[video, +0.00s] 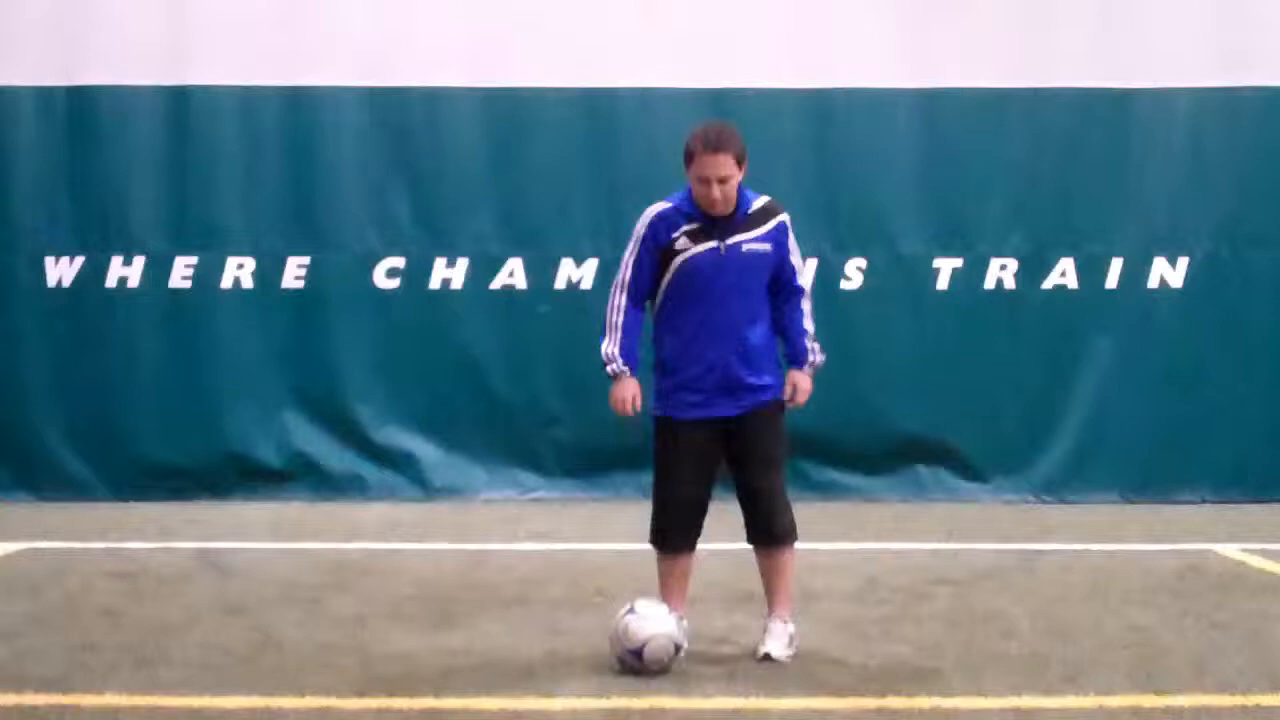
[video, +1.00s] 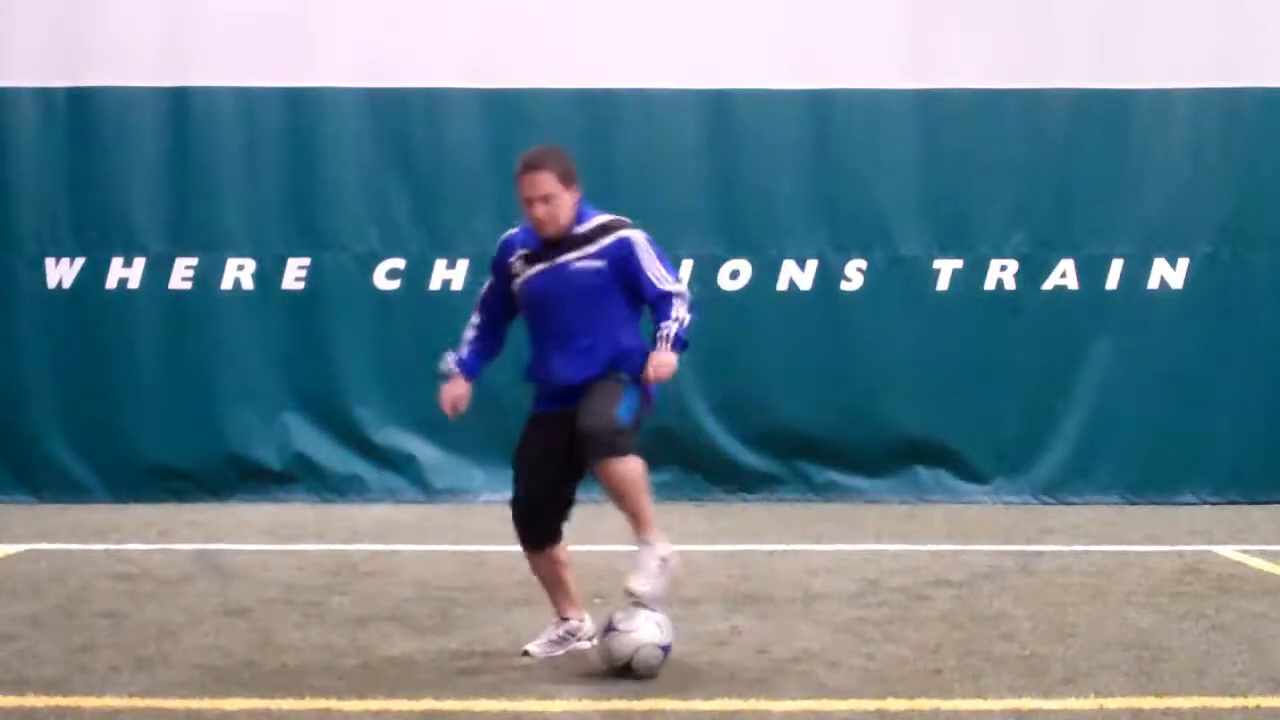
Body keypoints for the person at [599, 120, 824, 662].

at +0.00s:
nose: (715, 193)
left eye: (724, 181)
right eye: (704, 182)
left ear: (741, 171)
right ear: (687, 175)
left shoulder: (770, 218)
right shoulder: (660, 223)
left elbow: (792, 292)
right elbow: (626, 297)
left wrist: (801, 361)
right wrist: (620, 369)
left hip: (756, 395)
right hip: (683, 400)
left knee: (767, 509)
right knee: (675, 514)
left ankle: (780, 622)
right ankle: (672, 623)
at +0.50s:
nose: (702, 214)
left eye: (713, 202)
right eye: (693, 202)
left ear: (739, 195)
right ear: (682, 196)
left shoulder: (771, 250)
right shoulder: (664, 241)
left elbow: (815, 321)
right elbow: (644, 307)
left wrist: (817, 382)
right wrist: (633, 363)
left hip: (748, 405)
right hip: (676, 401)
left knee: (777, 518)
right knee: (674, 481)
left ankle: (777, 626)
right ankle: (662, 589)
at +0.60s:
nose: (680, 204)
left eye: (691, 192)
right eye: (672, 193)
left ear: (720, 187)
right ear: (665, 192)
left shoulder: (759, 241)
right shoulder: (650, 241)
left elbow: (808, 297)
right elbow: (628, 305)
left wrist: (804, 327)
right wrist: (606, 360)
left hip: (735, 404)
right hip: (660, 400)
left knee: (767, 514)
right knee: (623, 489)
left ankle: (777, 625)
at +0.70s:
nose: (647, 174)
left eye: (657, 161)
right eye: (637, 164)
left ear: (684, 157)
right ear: (629, 164)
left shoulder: (725, 202)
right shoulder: (617, 212)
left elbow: (786, 242)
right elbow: (590, 277)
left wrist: (773, 270)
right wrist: (563, 332)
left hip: (705, 388)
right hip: (631, 386)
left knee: (734, 501)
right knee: (582, 481)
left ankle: (766, 612)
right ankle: (548, 600)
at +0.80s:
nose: (606, 166)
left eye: (616, 154)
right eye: (598, 156)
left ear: (644, 150)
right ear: (588, 157)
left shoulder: (687, 192)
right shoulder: (576, 208)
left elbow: (745, 237)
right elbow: (549, 274)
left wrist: (733, 274)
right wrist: (524, 335)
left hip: (677, 365)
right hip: (606, 371)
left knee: (700, 458)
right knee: (563, 477)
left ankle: (721, 565)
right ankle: (561, 606)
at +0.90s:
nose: (569, 192)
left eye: (579, 180)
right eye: (561, 182)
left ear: (607, 175)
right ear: (553, 183)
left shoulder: (651, 219)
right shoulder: (541, 235)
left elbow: (702, 279)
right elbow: (515, 302)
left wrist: (689, 314)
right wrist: (492, 365)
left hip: (644, 374)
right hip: (578, 388)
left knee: (655, 440)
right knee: (555, 506)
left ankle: (673, 559)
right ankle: (571, 621)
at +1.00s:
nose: (537, 212)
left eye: (546, 199)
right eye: (528, 202)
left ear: (573, 193)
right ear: (520, 201)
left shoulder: (618, 236)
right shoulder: (515, 252)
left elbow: (673, 297)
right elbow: (490, 317)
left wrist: (667, 346)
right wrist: (462, 371)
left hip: (615, 377)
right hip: (555, 393)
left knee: (600, 432)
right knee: (531, 511)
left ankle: (654, 547)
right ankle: (572, 621)